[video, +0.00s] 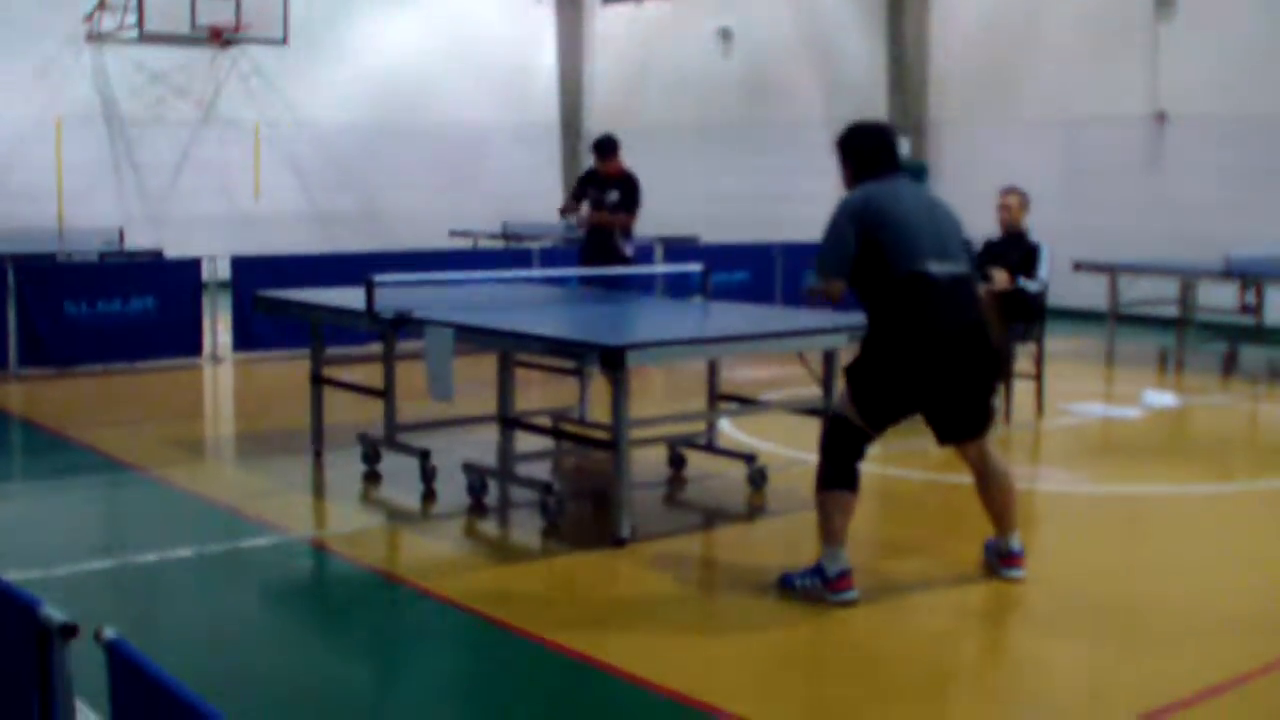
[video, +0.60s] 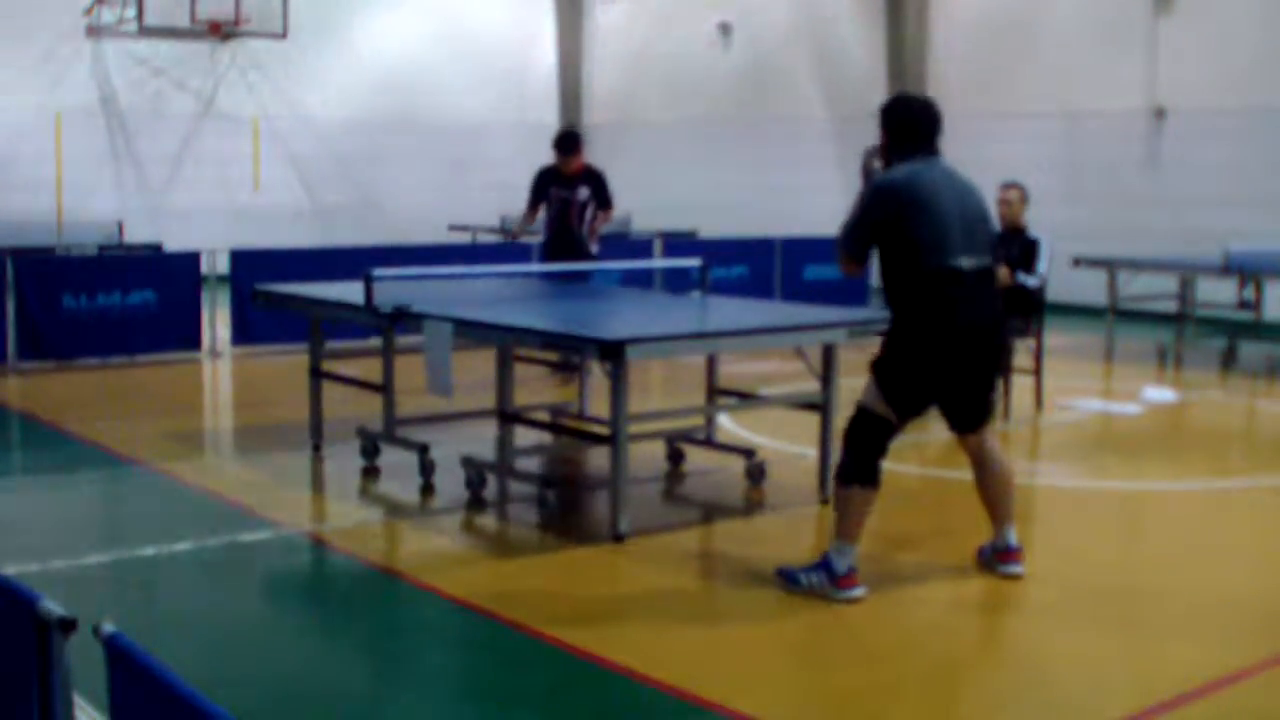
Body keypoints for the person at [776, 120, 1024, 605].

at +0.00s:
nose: (841, 174)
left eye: (842, 165)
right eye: (842, 165)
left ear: (850, 166)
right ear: (894, 159)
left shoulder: (857, 206)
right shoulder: (933, 204)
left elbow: (830, 288)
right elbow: (974, 281)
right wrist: (995, 346)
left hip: (900, 348)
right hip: (964, 345)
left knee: (842, 438)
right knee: (977, 447)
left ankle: (833, 566)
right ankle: (1009, 546)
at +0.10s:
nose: (838, 170)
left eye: (839, 162)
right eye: (840, 161)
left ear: (847, 164)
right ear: (890, 155)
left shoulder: (854, 207)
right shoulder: (925, 199)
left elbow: (820, 279)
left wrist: (817, 231)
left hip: (901, 349)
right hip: (964, 345)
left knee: (843, 436)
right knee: (977, 447)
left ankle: (833, 565)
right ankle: (1009, 547)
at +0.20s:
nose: (843, 165)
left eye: (844, 158)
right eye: (847, 156)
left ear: (849, 160)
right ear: (894, 150)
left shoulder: (857, 204)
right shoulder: (929, 193)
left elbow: (821, 278)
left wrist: (834, 207)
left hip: (909, 345)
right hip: (970, 340)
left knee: (847, 439)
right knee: (977, 442)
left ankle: (834, 563)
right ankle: (1009, 545)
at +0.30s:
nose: (853, 158)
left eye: (855, 150)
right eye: (855, 150)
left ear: (862, 152)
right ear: (906, 142)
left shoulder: (869, 197)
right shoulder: (937, 188)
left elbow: (832, 270)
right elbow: (939, 276)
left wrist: (850, 199)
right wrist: (885, 344)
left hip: (918, 341)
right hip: (976, 339)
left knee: (857, 438)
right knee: (979, 439)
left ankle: (834, 561)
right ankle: (1009, 544)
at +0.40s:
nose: (866, 151)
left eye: (869, 142)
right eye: (868, 141)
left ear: (877, 146)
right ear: (921, 141)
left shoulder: (883, 195)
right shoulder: (951, 190)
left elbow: (848, 268)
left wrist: (864, 198)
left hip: (920, 341)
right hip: (978, 340)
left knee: (866, 439)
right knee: (979, 439)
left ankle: (835, 560)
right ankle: (1008, 543)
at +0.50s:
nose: (876, 145)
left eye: (879, 137)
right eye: (881, 136)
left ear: (885, 142)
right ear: (931, 138)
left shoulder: (888, 192)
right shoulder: (959, 188)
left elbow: (851, 264)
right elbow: (982, 267)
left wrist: (869, 197)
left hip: (921, 339)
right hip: (979, 338)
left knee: (869, 444)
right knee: (979, 438)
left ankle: (837, 562)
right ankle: (1007, 544)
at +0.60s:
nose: (880, 142)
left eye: (882, 135)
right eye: (886, 134)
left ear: (887, 139)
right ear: (935, 137)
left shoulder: (888, 190)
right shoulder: (964, 188)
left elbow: (851, 262)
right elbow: (991, 267)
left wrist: (871, 188)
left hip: (920, 340)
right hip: (979, 339)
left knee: (865, 435)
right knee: (977, 435)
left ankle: (840, 562)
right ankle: (1007, 544)